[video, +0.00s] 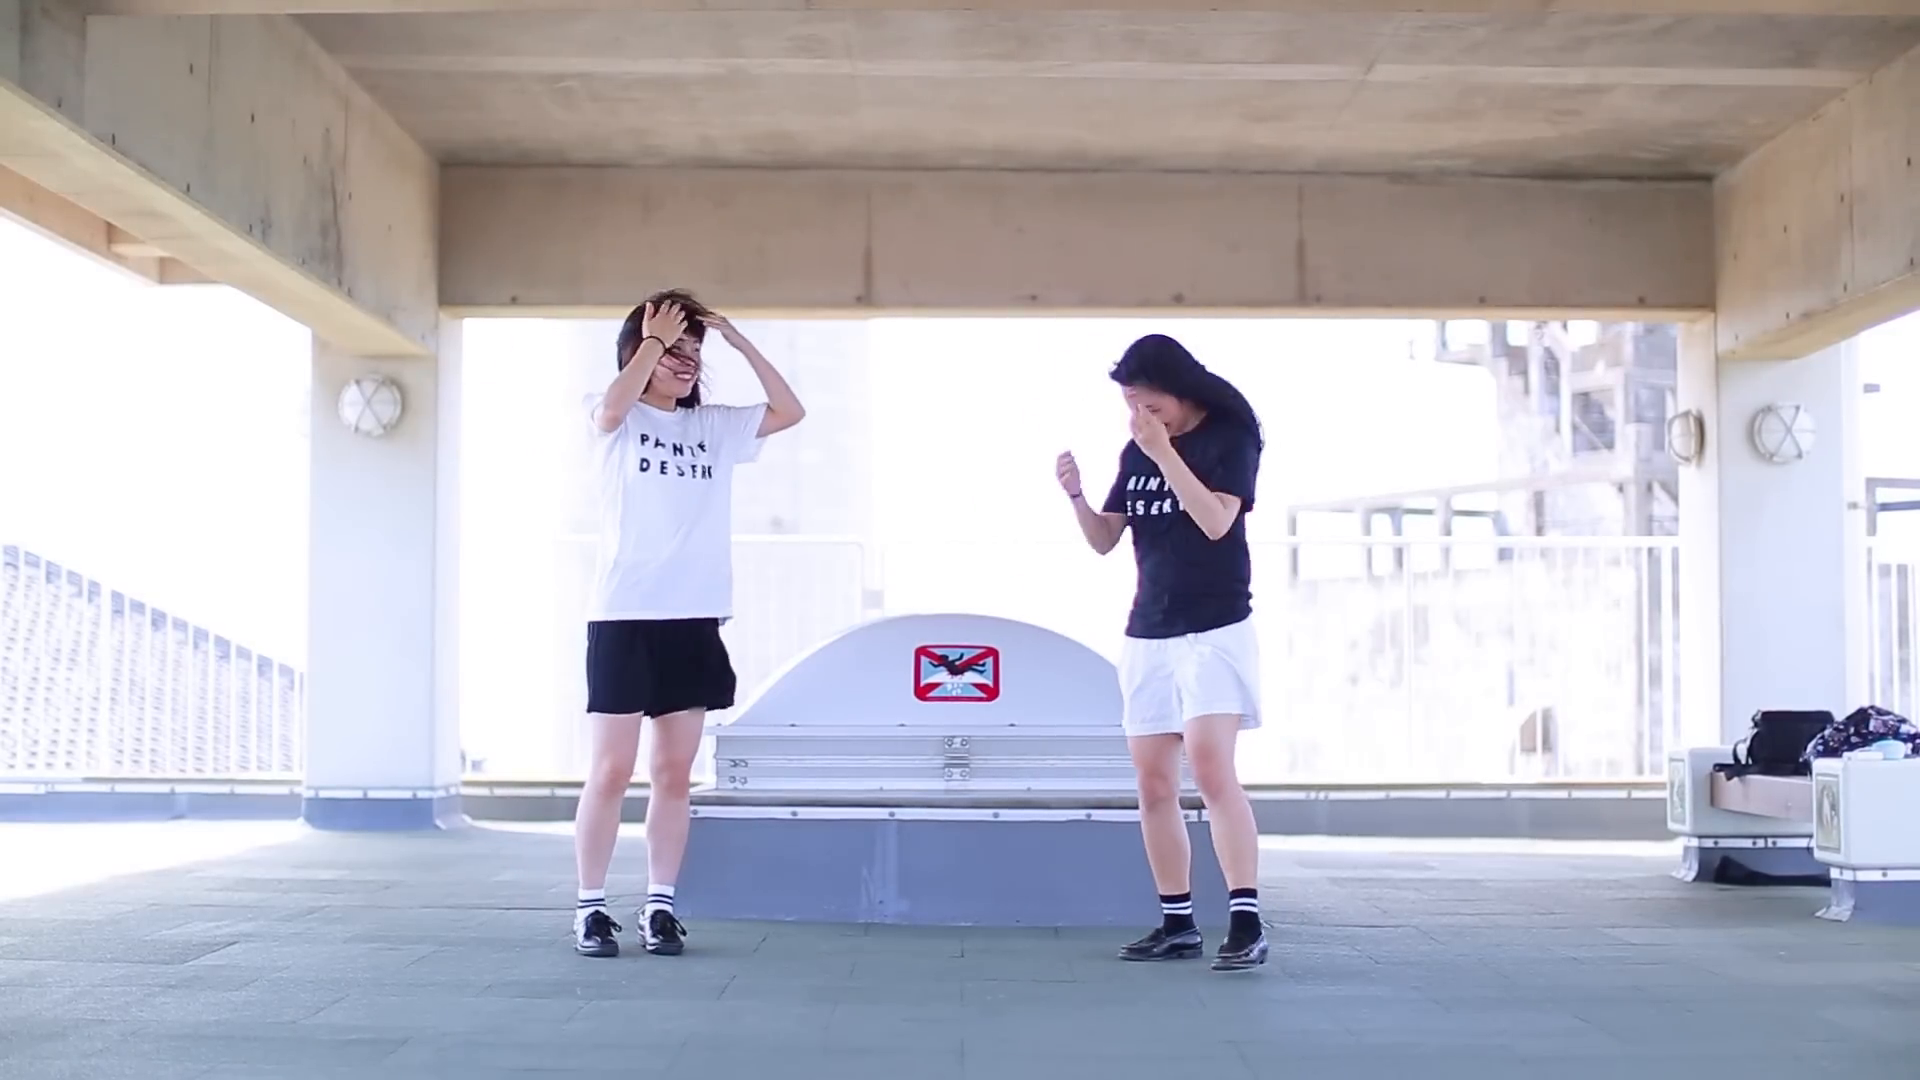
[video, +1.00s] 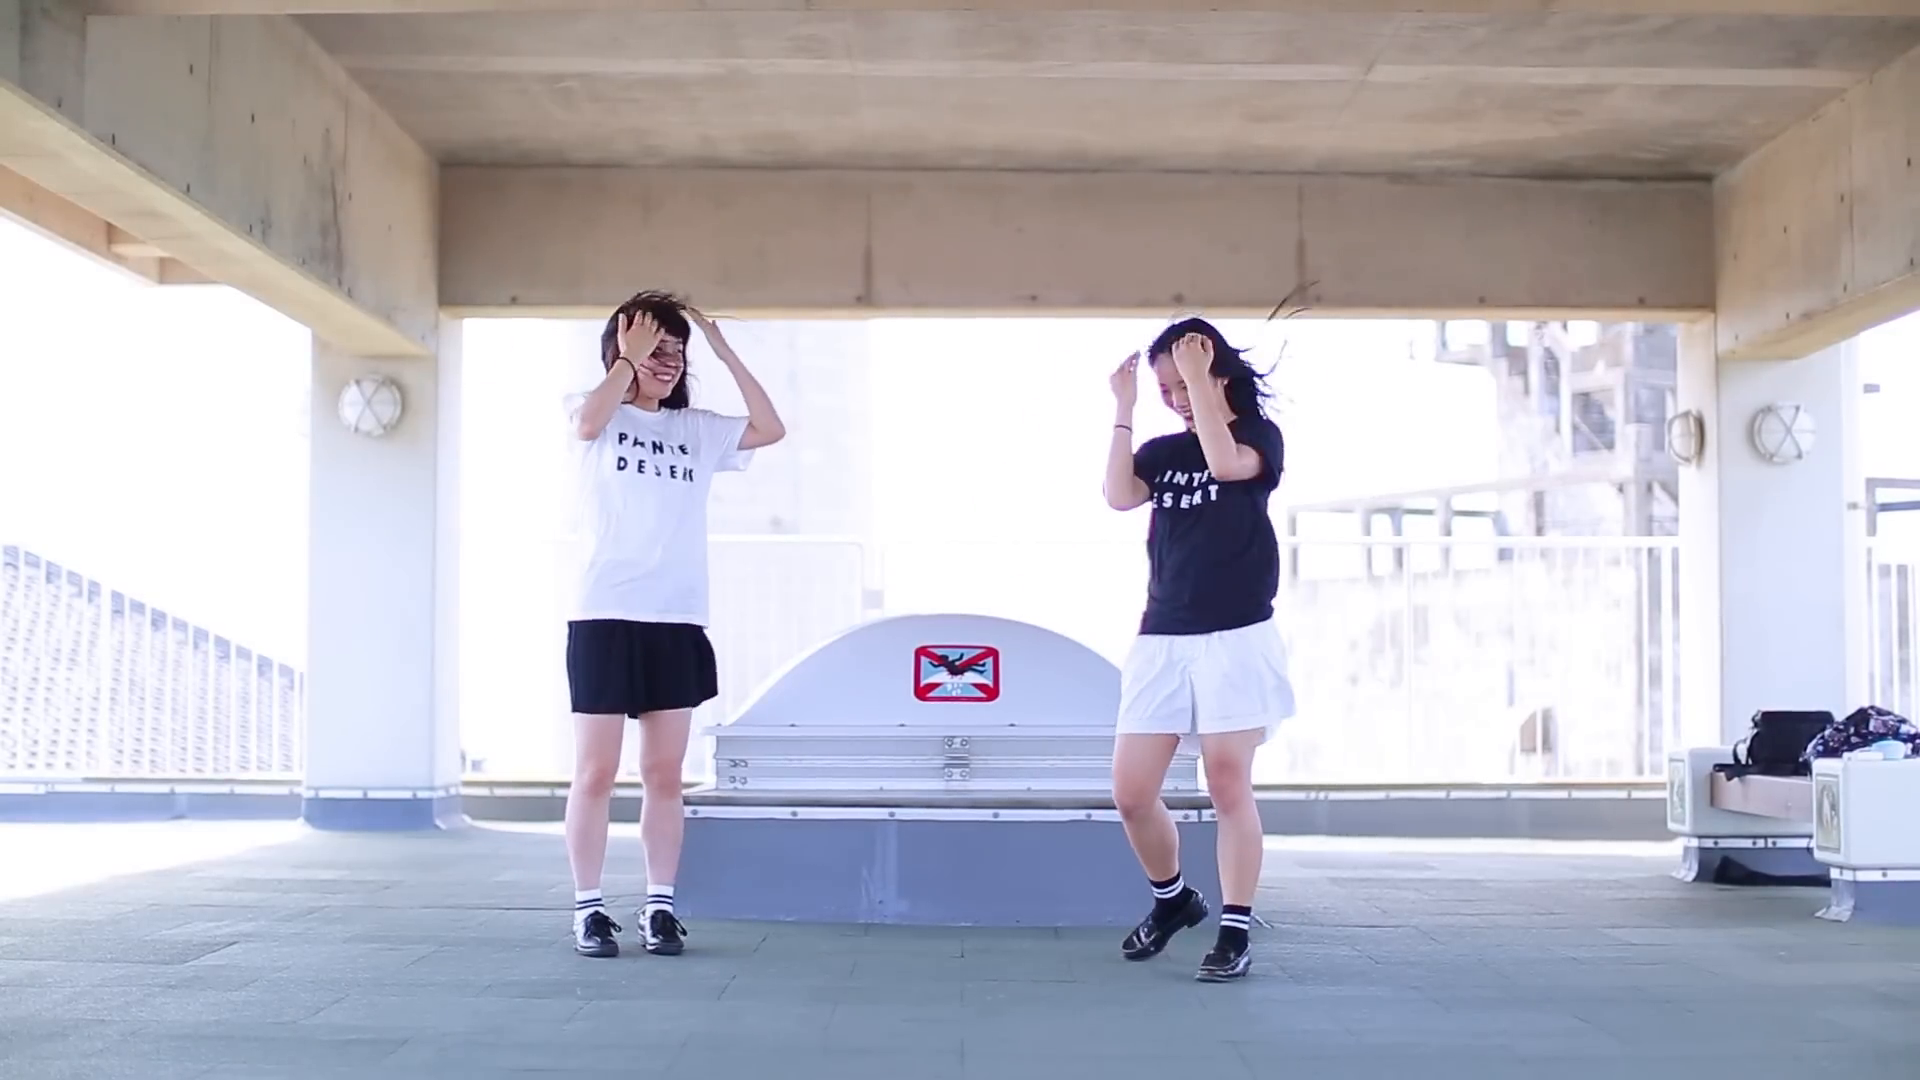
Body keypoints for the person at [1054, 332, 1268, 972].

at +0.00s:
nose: (1141, 415)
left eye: (1148, 403)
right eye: (1134, 405)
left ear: (1179, 390)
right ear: (1137, 399)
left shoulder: (1230, 436)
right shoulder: (1141, 446)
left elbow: (1216, 521)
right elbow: (1104, 539)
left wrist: (1161, 450)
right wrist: (1077, 496)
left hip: (1214, 632)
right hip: (1147, 637)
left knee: (1212, 772)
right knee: (1154, 785)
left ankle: (1246, 924)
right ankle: (1178, 927)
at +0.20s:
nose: (1144, 412)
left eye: (1153, 400)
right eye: (1138, 405)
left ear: (1182, 393)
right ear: (1135, 407)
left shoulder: (1229, 435)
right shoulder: (1134, 445)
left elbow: (1206, 502)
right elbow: (1084, 504)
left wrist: (1162, 425)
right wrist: (1092, 423)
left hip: (1215, 633)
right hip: (1144, 637)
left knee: (1219, 778)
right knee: (1158, 785)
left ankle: (1234, 930)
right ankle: (1177, 928)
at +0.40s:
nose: (1154, 413)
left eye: (1163, 401)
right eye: (1144, 404)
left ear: (1193, 390)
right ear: (1138, 402)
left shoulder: (1238, 438)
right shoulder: (1137, 448)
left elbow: (1252, 512)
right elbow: (1104, 508)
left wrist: (1211, 442)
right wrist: (1101, 418)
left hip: (1220, 633)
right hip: (1148, 637)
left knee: (1221, 780)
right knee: (1160, 788)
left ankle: (1233, 930)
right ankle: (1178, 925)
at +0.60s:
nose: (1172, 403)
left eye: (1181, 388)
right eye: (1161, 392)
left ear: (1213, 379)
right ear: (1152, 392)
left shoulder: (1250, 434)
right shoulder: (1150, 445)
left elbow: (1250, 467)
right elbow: (1123, 495)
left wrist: (1214, 383)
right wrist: (1122, 407)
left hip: (1234, 633)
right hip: (1160, 637)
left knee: (1229, 782)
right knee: (1146, 796)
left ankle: (1234, 931)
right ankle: (1174, 913)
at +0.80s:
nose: (1178, 399)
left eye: (1190, 385)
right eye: (1168, 387)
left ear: (1221, 380)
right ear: (1160, 389)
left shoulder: (1257, 434)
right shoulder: (1155, 451)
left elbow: (1253, 463)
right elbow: (1124, 496)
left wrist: (1214, 386)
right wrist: (1127, 408)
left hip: (1239, 634)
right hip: (1164, 638)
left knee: (1231, 784)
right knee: (1142, 798)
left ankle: (1235, 929)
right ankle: (1179, 905)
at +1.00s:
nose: (1171, 393)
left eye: (1181, 379)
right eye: (1164, 383)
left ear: (1215, 375)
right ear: (1163, 388)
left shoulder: (1260, 434)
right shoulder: (1164, 452)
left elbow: (1226, 466)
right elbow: (1120, 495)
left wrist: (1200, 385)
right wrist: (1123, 409)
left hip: (1236, 637)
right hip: (1161, 640)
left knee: (1228, 786)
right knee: (1132, 797)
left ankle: (1234, 931)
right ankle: (1173, 899)